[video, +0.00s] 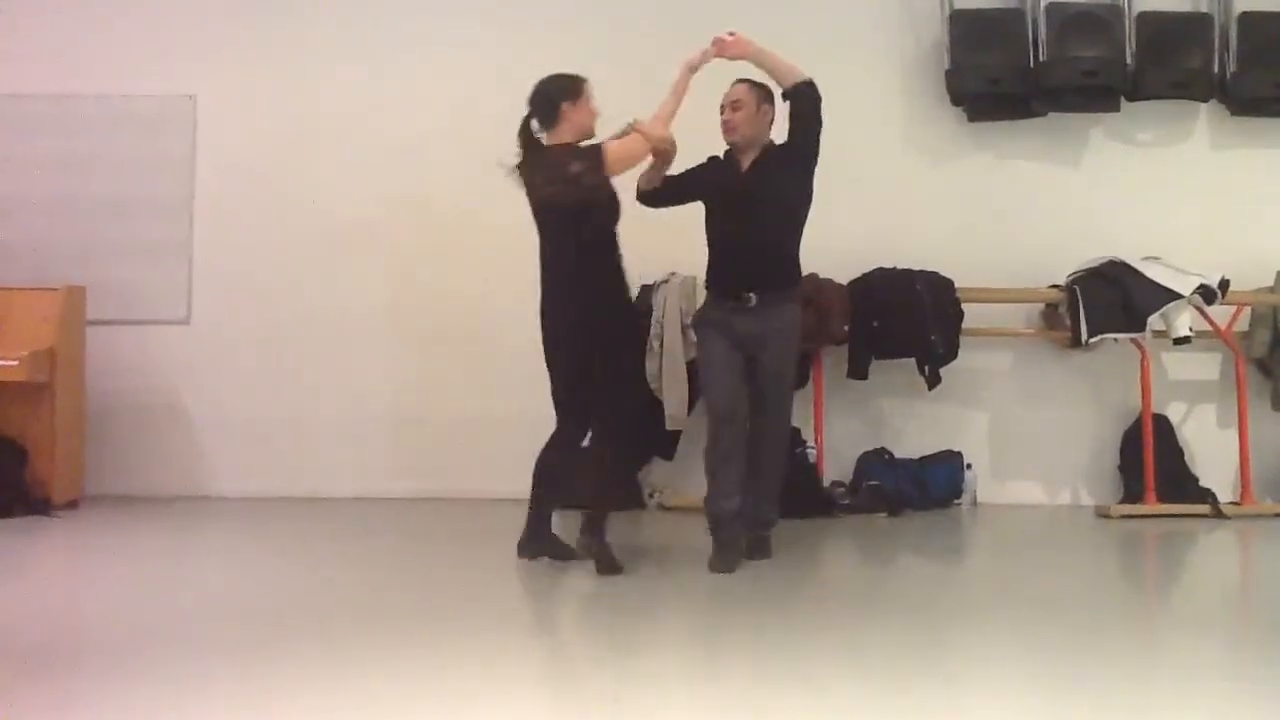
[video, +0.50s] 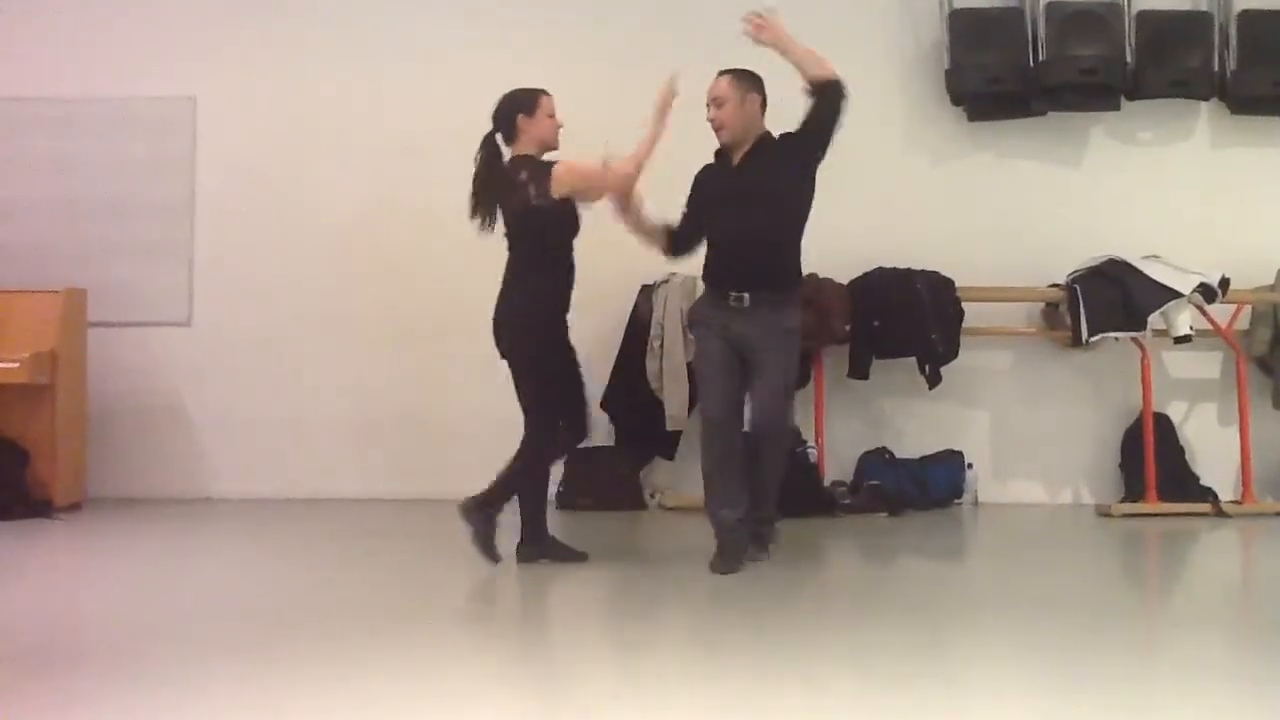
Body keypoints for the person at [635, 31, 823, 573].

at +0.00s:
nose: (726, 116)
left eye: (737, 108)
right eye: (723, 110)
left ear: (767, 114)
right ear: (724, 121)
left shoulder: (794, 162)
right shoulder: (714, 172)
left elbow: (806, 93)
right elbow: (650, 193)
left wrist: (753, 50)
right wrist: (661, 157)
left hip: (777, 313)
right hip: (721, 316)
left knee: (773, 422)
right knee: (725, 420)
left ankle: (760, 526)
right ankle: (725, 531)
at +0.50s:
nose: (710, 114)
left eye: (720, 104)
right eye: (709, 105)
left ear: (757, 106)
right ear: (718, 111)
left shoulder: (796, 154)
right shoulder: (710, 177)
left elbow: (830, 91)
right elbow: (679, 243)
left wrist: (784, 42)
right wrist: (634, 216)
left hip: (775, 313)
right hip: (716, 312)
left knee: (770, 424)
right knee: (716, 424)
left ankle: (761, 520)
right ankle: (729, 535)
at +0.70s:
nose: (718, 117)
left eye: (726, 105)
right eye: (716, 108)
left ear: (763, 105)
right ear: (730, 113)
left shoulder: (811, 157)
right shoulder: (716, 180)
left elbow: (877, 124)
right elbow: (687, 256)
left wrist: (823, 84)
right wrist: (640, 266)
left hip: (790, 316)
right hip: (727, 317)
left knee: (809, 417)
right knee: (721, 425)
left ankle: (841, 516)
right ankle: (733, 538)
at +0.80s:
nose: (725, 117)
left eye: (734, 105)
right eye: (723, 107)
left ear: (770, 104)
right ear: (731, 113)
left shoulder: (817, 155)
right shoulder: (724, 179)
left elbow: (886, 124)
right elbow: (694, 248)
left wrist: (826, 89)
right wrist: (664, 231)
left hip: (803, 316)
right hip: (738, 316)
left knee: (826, 422)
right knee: (728, 426)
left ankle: (862, 528)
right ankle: (734, 537)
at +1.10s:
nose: (739, 122)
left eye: (747, 110)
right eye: (737, 113)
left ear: (784, 109)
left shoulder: (834, 158)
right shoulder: (747, 186)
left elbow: (887, 141)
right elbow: (716, 259)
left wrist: (833, 136)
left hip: (839, 317)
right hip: (777, 320)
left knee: (858, 430)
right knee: (755, 422)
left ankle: (876, 545)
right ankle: (749, 543)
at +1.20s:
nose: (739, 118)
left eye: (748, 108)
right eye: (738, 109)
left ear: (785, 108)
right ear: (761, 111)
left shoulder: (831, 159)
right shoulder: (741, 184)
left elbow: (903, 180)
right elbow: (727, 258)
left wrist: (862, 200)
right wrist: (696, 319)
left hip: (832, 319)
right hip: (770, 324)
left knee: (852, 430)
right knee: (755, 428)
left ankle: (876, 539)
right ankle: (759, 539)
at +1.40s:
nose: (740, 107)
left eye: (749, 97)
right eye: (739, 98)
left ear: (787, 98)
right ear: (770, 101)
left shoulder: (833, 161)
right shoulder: (737, 168)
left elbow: (890, 220)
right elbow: (714, 240)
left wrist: (864, 284)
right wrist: (676, 270)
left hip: (817, 315)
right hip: (752, 316)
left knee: (826, 419)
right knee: (747, 426)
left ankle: (862, 518)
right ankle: (759, 536)